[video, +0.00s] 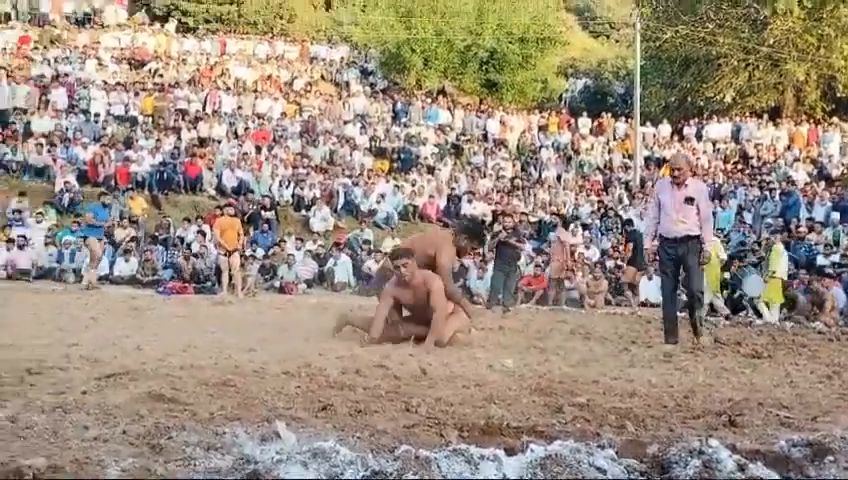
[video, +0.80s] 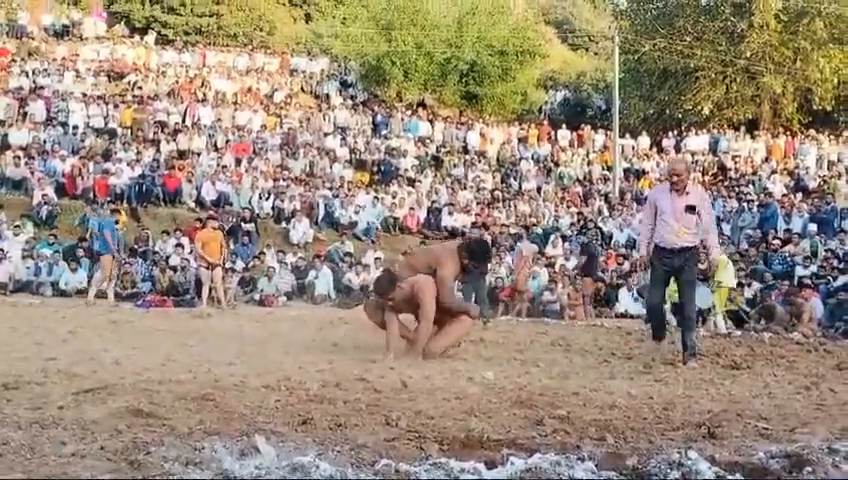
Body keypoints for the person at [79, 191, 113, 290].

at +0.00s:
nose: (108, 201)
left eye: (110, 199)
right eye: (106, 198)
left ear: (111, 200)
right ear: (101, 198)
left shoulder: (107, 210)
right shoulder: (93, 207)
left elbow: (107, 222)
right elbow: (88, 220)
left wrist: (110, 223)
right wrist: (103, 224)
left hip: (100, 235)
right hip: (90, 234)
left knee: (98, 257)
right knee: (97, 253)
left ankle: (88, 280)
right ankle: (91, 278)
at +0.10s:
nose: (102, 203)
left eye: (103, 201)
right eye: (100, 201)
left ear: (104, 202)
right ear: (96, 201)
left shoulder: (101, 213)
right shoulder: (90, 210)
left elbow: (101, 226)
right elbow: (83, 222)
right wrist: (98, 231)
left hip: (94, 239)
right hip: (86, 238)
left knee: (86, 263)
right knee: (92, 260)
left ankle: (77, 284)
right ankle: (95, 284)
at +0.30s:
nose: (105, 207)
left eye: (106, 205)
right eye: (103, 204)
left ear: (106, 205)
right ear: (99, 204)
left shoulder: (103, 215)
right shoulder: (93, 214)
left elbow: (101, 230)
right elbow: (88, 227)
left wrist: (103, 241)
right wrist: (94, 239)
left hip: (98, 243)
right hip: (90, 243)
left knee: (94, 265)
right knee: (94, 264)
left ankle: (77, 284)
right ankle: (92, 288)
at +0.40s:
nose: (109, 210)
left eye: (109, 208)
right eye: (108, 207)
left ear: (102, 207)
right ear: (103, 207)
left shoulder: (101, 217)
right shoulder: (95, 217)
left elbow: (102, 232)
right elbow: (93, 232)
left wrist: (103, 245)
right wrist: (100, 245)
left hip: (99, 244)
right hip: (92, 244)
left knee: (103, 266)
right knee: (94, 267)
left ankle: (86, 283)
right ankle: (91, 291)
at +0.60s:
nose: (114, 214)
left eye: (115, 212)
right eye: (113, 211)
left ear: (109, 211)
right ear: (110, 210)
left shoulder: (107, 221)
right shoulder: (101, 218)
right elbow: (102, 232)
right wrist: (107, 247)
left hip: (105, 247)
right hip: (97, 247)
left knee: (109, 272)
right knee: (97, 270)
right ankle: (90, 294)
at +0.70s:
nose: (116, 217)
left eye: (117, 215)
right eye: (116, 214)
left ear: (111, 213)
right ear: (113, 213)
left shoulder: (110, 223)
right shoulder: (105, 221)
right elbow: (106, 237)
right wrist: (112, 251)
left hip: (108, 250)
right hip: (101, 250)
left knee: (110, 275)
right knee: (99, 273)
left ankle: (111, 297)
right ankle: (89, 296)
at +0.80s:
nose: (120, 219)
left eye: (120, 217)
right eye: (119, 217)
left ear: (113, 215)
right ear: (116, 215)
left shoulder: (113, 225)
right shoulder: (108, 222)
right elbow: (107, 235)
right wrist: (114, 250)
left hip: (112, 251)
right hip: (105, 250)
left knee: (112, 275)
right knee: (105, 274)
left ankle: (111, 297)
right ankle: (91, 295)